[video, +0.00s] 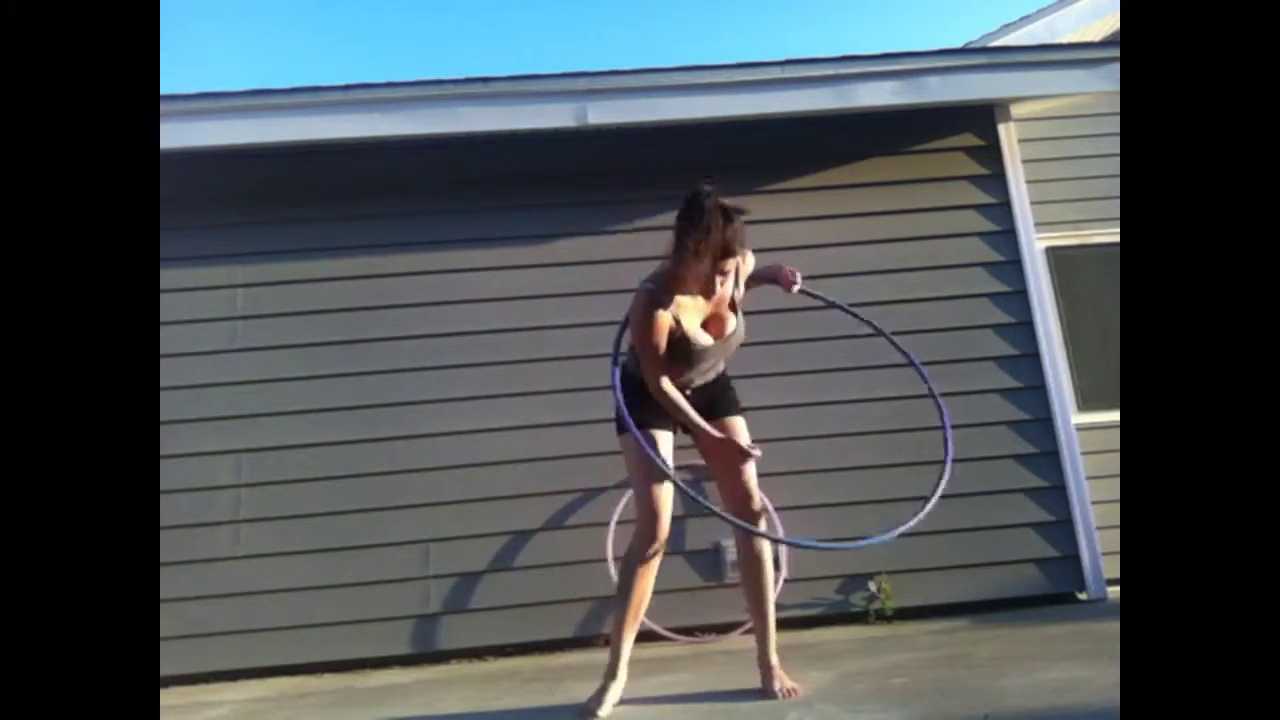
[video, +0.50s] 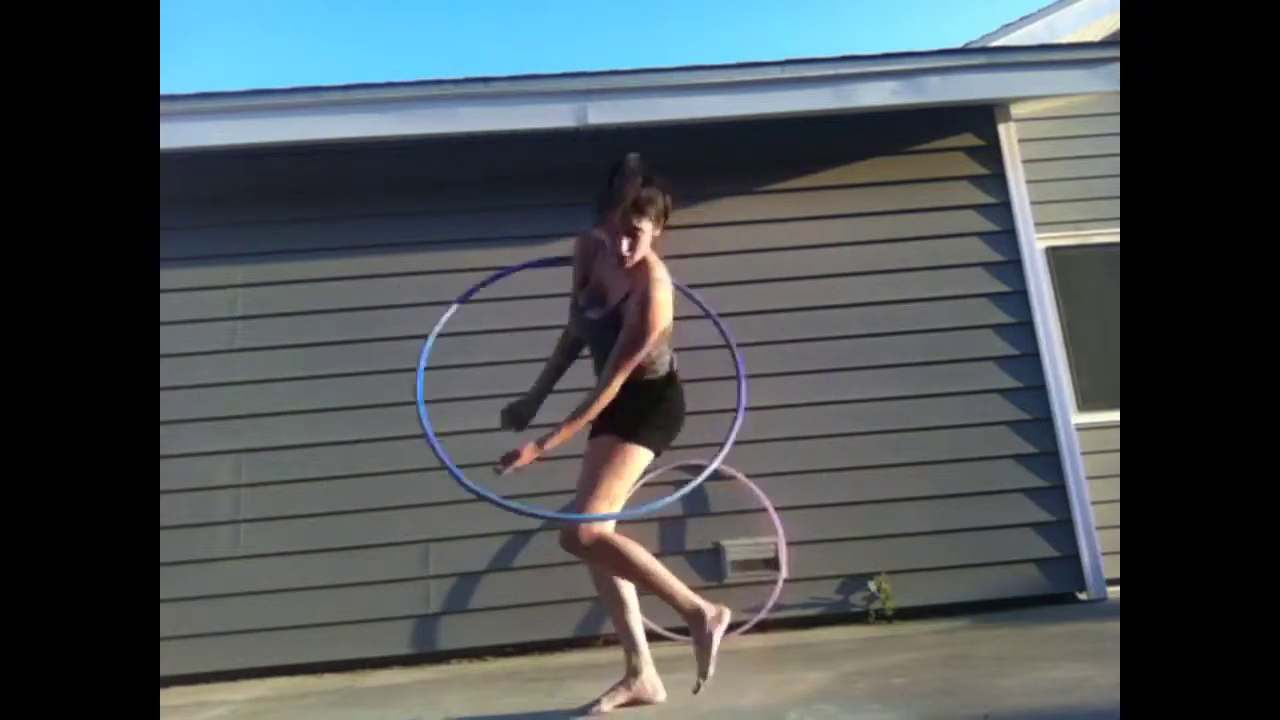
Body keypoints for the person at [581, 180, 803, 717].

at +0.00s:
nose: (729, 269)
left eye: (734, 259)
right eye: (721, 262)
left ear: (735, 251)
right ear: (695, 249)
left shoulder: (735, 263)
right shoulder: (656, 301)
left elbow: (736, 277)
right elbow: (655, 383)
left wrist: (771, 274)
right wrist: (714, 437)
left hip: (710, 384)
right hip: (651, 393)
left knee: (751, 510)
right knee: (654, 533)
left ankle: (770, 661)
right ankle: (615, 674)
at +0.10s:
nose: (725, 280)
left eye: (731, 270)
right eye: (715, 272)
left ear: (736, 257)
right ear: (689, 257)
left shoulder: (741, 269)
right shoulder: (651, 306)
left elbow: (731, 303)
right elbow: (658, 390)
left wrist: (769, 308)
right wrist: (712, 454)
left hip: (709, 384)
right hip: (650, 394)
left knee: (747, 512)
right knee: (649, 524)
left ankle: (768, 659)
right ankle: (617, 674)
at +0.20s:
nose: (707, 290)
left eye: (713, 279)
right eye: (698, 280)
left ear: (722, 267)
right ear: (673, 267)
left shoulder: (739, 286)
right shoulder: (634, 311)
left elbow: (739, 345)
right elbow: (646, 395)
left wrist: (752, 366)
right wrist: (675, 458)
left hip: (710, 393)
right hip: (643, 401)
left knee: (743, 519)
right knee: (622, 533)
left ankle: (768, 660)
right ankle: (631, 671)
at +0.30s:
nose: (676, 288)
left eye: (685, 277)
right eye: (668, 277)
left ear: (699, 266)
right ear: (647, 263)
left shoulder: (723, 301)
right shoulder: (612, 300)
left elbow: (723, 378)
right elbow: (617, 386)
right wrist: (623, 457)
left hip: (699, 401)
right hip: (634, 401)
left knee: (724, 525)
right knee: (607, 527)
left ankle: (766, 658)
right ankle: (644, 674)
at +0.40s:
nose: (656, 273)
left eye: (666, 262)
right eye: (647, 262)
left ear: (679, 253)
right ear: (627, 247)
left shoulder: (686, 301)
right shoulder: (595, 274)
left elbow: (670, 390)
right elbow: (585, 355)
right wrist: (568, 425)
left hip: (674, 406)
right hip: (617, 404)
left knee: (660, 528)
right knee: (597, 531)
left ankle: (757, 644)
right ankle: (642, 673)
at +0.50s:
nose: (624, 244)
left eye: (635, 235)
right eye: (618, 231)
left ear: (656, 232)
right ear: (605, 222)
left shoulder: (652, 289)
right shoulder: (591, 248)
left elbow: (612, 386)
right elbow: (576, 331)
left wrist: (541, 446)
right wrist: (533, 398)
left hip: (651, 398)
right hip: (614, 394)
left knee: (587, 529)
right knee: (589, 534)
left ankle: (702, 613)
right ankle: (642, 676)